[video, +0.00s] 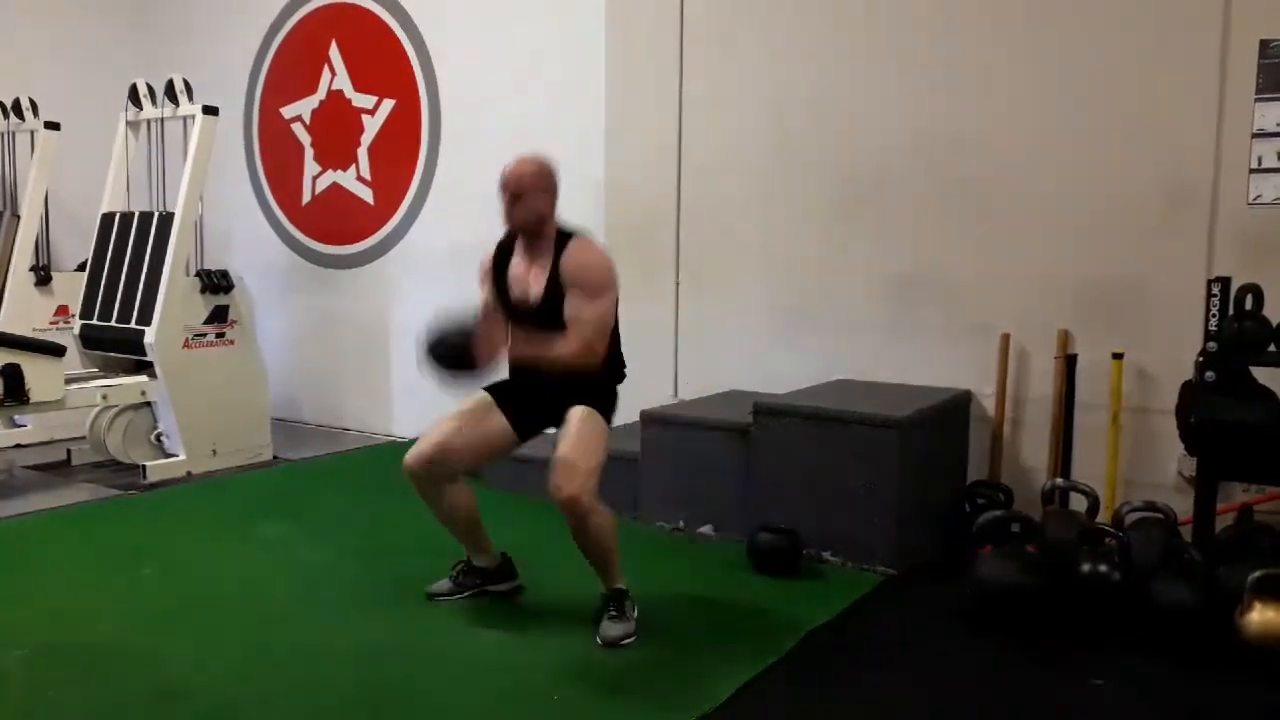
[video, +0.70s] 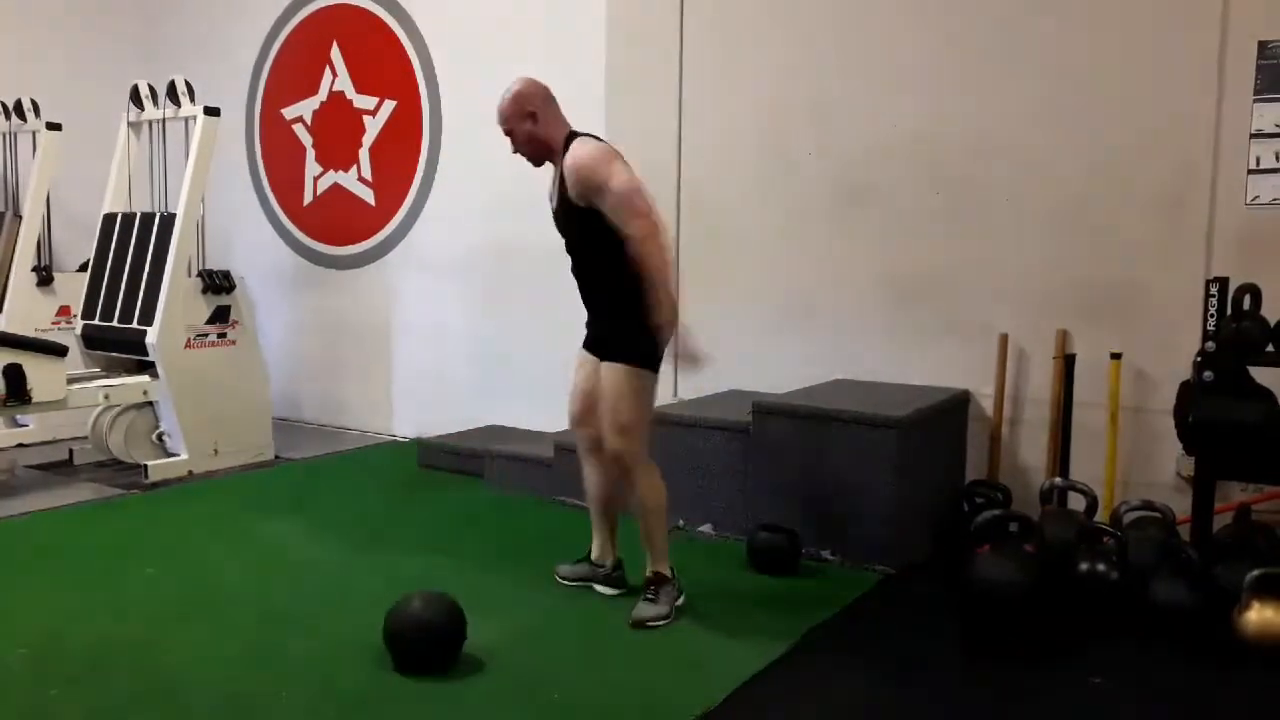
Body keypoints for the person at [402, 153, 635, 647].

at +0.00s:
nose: (511, 206)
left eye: (522, 197)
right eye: (507, 196)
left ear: (550, 199)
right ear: (502, 200)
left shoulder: (585, 260)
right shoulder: (499, 260)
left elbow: (587, 351)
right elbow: (489, 343)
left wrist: (512, 345)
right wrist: (459, 350)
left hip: (587, 387)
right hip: (529, 385)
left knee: (570, 489)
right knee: (425, 463)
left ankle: (617, 597)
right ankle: (488, 565)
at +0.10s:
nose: (532, 130)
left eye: (543, 119)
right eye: (527, 121)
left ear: (564, 124)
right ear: (520, 126)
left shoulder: (594, 179)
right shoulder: (508, 175)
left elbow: (560, 168)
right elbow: (433, 170)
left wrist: (520, 93)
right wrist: (443, 97)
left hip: (572, 346)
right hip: (511, 340)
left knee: (566, 472)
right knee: (447, 455)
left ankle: (613, 593)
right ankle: (488, 565)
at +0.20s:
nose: (488, 31)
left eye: (499, 19)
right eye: (481, 23)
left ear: (529, 16)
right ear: (476, 24)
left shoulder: (564, 53)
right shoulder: (480, 54)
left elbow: (584, 4)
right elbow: (426, 3)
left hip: (585, 236)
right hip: (523, 240)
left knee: (606, 370)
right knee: (495, 366)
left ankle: (640, 519)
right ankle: (498, 482)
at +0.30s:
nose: (497, 21)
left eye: (507, 9)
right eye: (490, 11)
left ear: (536, 10)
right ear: (484, 18)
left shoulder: (574, 49)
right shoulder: (491, 53)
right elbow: (438, 4)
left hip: (595, 227)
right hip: (535, 233)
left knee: (622, 364)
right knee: (511, 358)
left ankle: (667, 506)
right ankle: (523, 471)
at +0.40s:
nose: (526, 129)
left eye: (535, 118)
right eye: (520, 119)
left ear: (559, 119)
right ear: (512, 124)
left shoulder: (600, 162)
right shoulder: (514, 168)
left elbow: (558, 187)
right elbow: (438, 162)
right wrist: (437, 74)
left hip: (617, 321)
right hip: (559, 321)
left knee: (615, 451)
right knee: (511, 439)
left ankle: (660, 576)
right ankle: (536, 549)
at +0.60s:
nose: (506, 156)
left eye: (509, 143)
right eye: (502, 146)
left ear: (542, 128)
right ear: (530, 134)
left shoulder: (604, 172)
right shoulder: (544, 181)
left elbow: (682, 210)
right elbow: (593, 232)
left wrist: (726, 269)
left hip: (649, 313)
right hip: (601, 313)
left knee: (637, 444)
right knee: (569, 428)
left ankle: (663, 579)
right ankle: (557, 550)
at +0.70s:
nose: (512, 148)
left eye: (513, 135)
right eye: (509, 137)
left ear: (538, 119)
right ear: (536, 119)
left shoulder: (587, 160)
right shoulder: (565, 169)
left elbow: (646, 233)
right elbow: (607, 249)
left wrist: (667, 317)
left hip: (634, 327)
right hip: (602, 325)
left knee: (624, 444)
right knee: (587, 430)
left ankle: (662, 579)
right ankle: (604, 561)